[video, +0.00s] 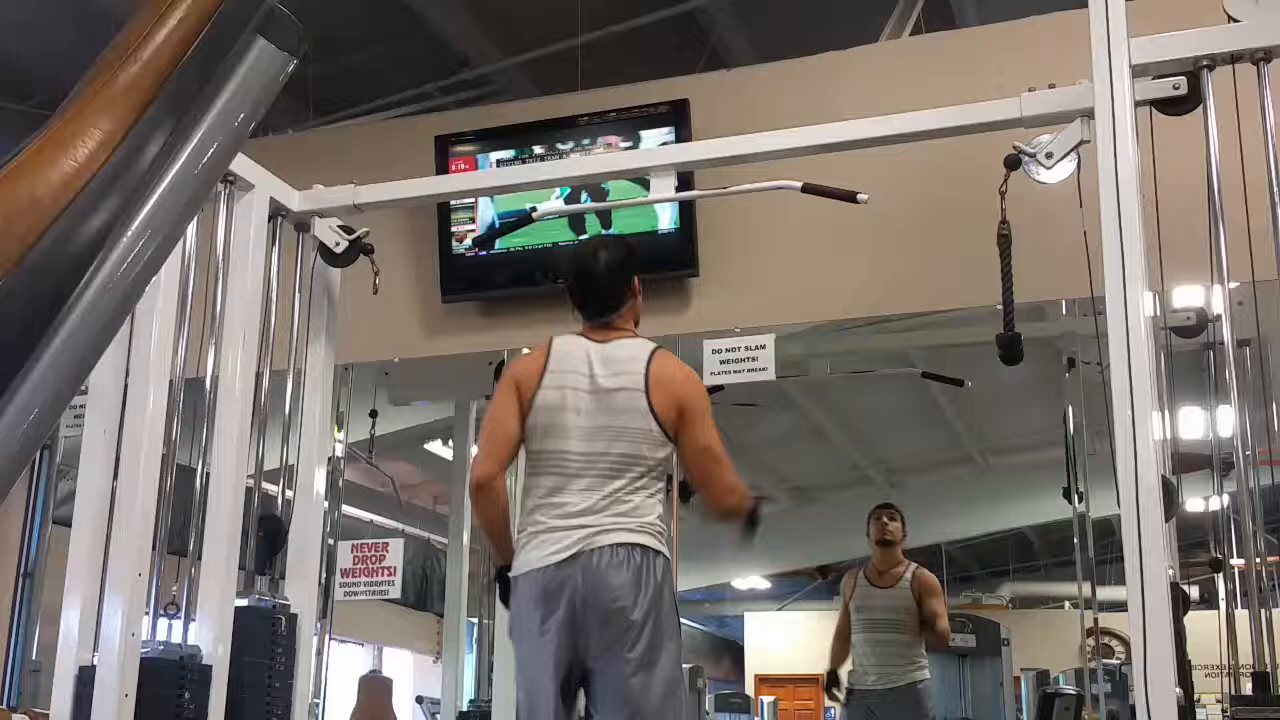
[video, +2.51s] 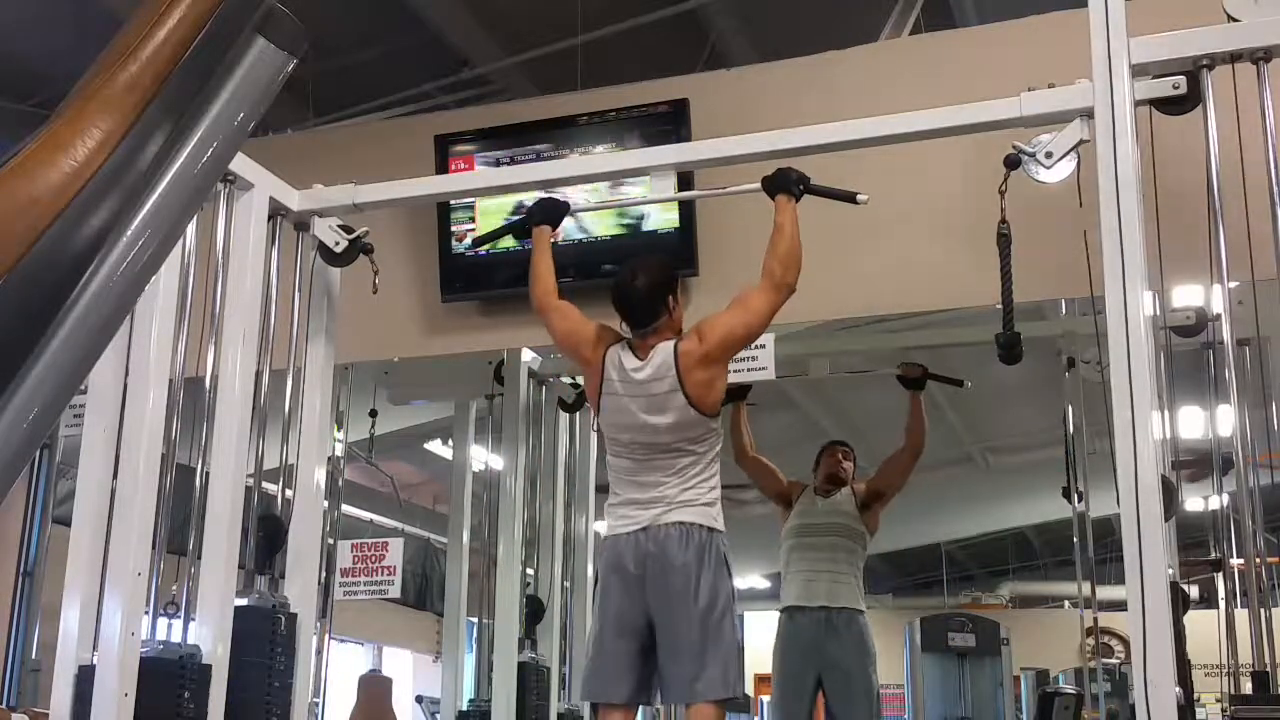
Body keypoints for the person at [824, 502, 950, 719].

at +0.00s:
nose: (884, 522)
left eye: (892, 519)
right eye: (877, 519)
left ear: (904, 533)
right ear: (868, 533)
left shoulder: (922, 579)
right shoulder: (851, 580)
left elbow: (942, 637)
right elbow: (844, 631)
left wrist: (927, 627)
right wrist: (833, 668)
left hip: (909, 691)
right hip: (860, 693)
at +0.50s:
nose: (859, 504)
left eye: (866, 502)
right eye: (851, 501)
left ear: (875, 519)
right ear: (838, 518)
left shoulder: (889, 545)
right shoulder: (818, 568)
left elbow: (921, 492)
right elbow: (784, 617)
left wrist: (917, 434)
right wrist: (774, 597)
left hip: (886, 678)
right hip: (837, 683)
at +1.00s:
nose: (871, 481)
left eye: (879, 480)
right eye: (863, 479)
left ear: (891, 495)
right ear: (852, 497)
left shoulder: (907, 521)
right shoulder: (835, 546)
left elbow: (923, 453)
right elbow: (772, 555)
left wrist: (918, 392)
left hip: (908, 666)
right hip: (854, 670)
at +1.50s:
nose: (809, 471)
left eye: (818, 469)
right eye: (806, 470)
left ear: (836, 485)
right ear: (798, 483)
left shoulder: (849, 510)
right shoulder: (781, 509)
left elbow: (890, 452)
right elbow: (750, 455)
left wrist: (911, 395)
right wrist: (738, 401)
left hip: (835, 647)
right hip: (784, 649)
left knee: (862, 714)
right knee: (783, 715)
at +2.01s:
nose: (835, 466)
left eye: (841, 463)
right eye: (826, 461)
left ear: (848, 475)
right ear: (810, 472)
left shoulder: (863, 500)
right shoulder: (789, 501)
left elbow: (906, 447)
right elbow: (747, 454)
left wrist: (914, 390)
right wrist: (738, 401)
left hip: (853, 635)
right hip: (800, 638)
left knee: (872, 713)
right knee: (802, 714)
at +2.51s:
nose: (842, 458)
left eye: (847, 457)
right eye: (834, 454)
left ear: (853, 473)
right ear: (816, 467)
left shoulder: (866, 497)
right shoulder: (791, 495)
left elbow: (912, 449)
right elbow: (745, 455)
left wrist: (915, 392)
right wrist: (738, 400)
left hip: (848, 622)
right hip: (795, 621)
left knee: (858, 712)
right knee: (788, 712)